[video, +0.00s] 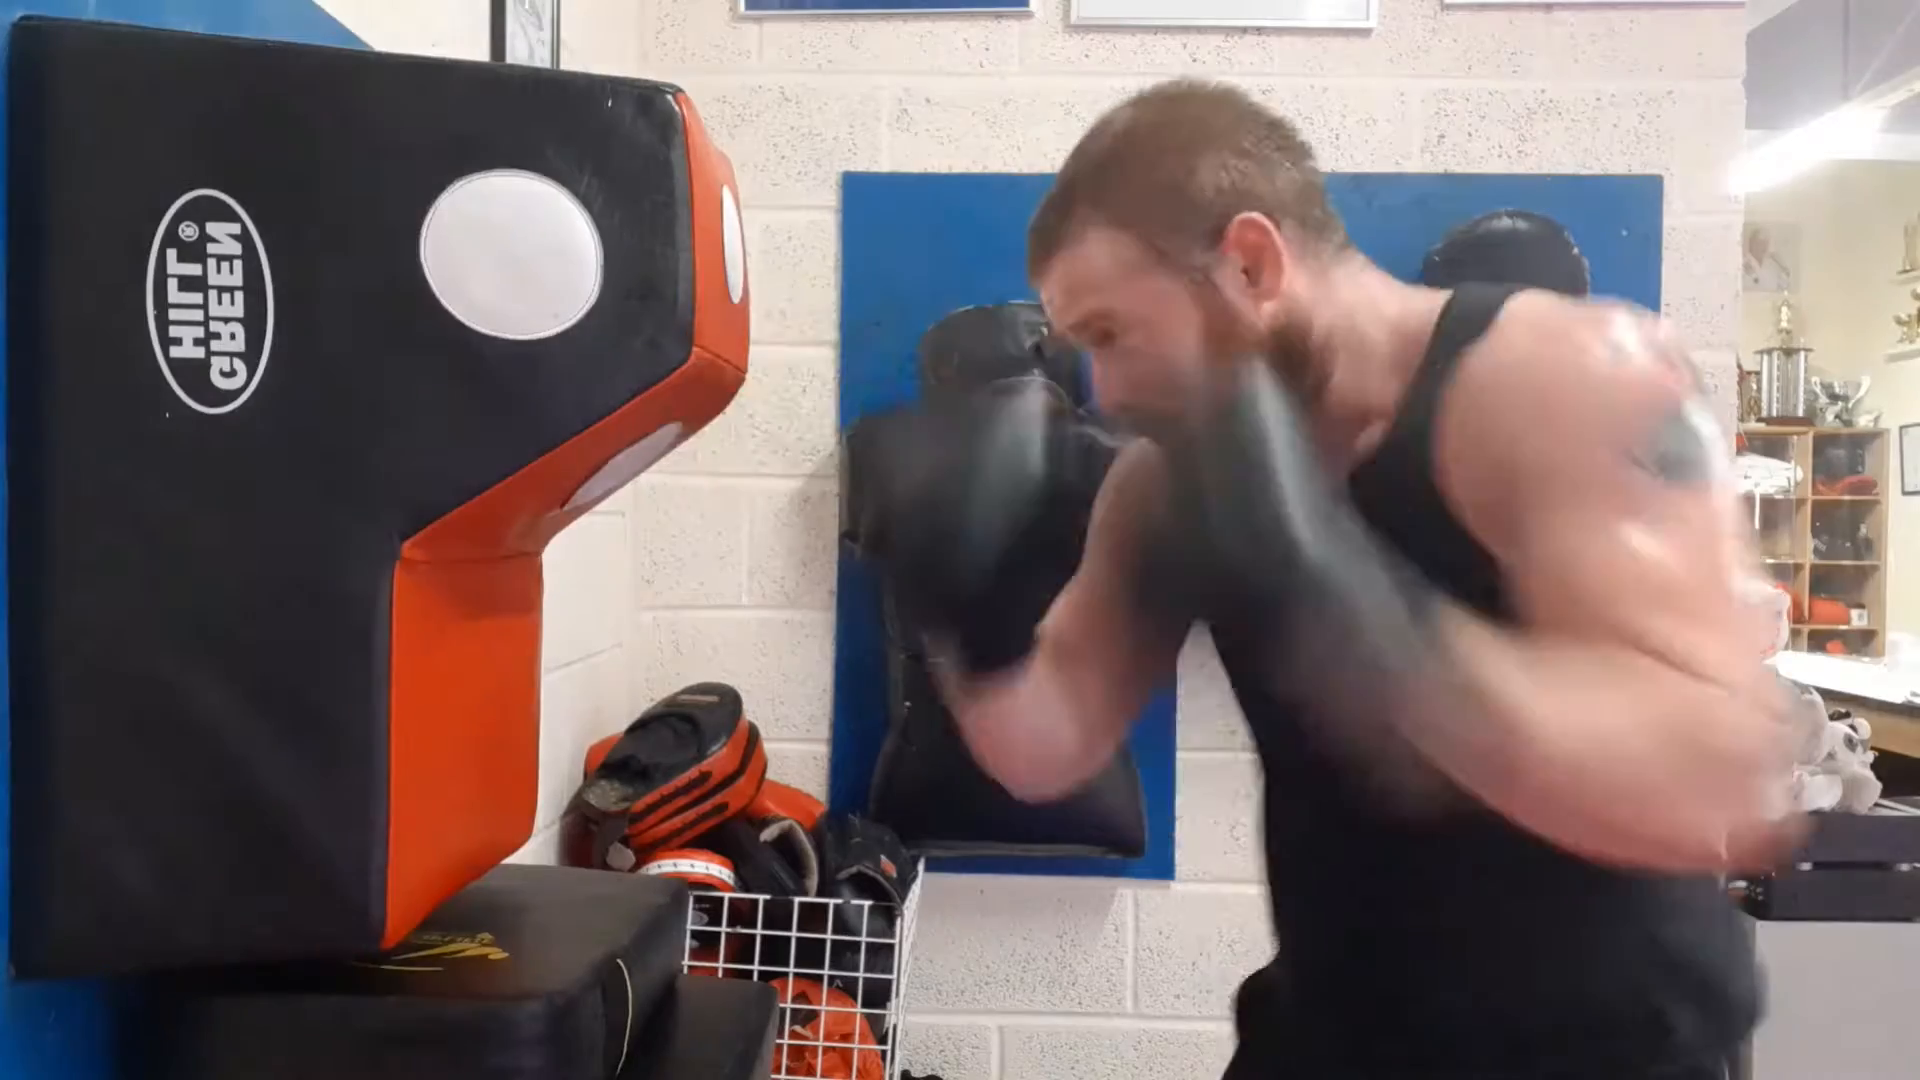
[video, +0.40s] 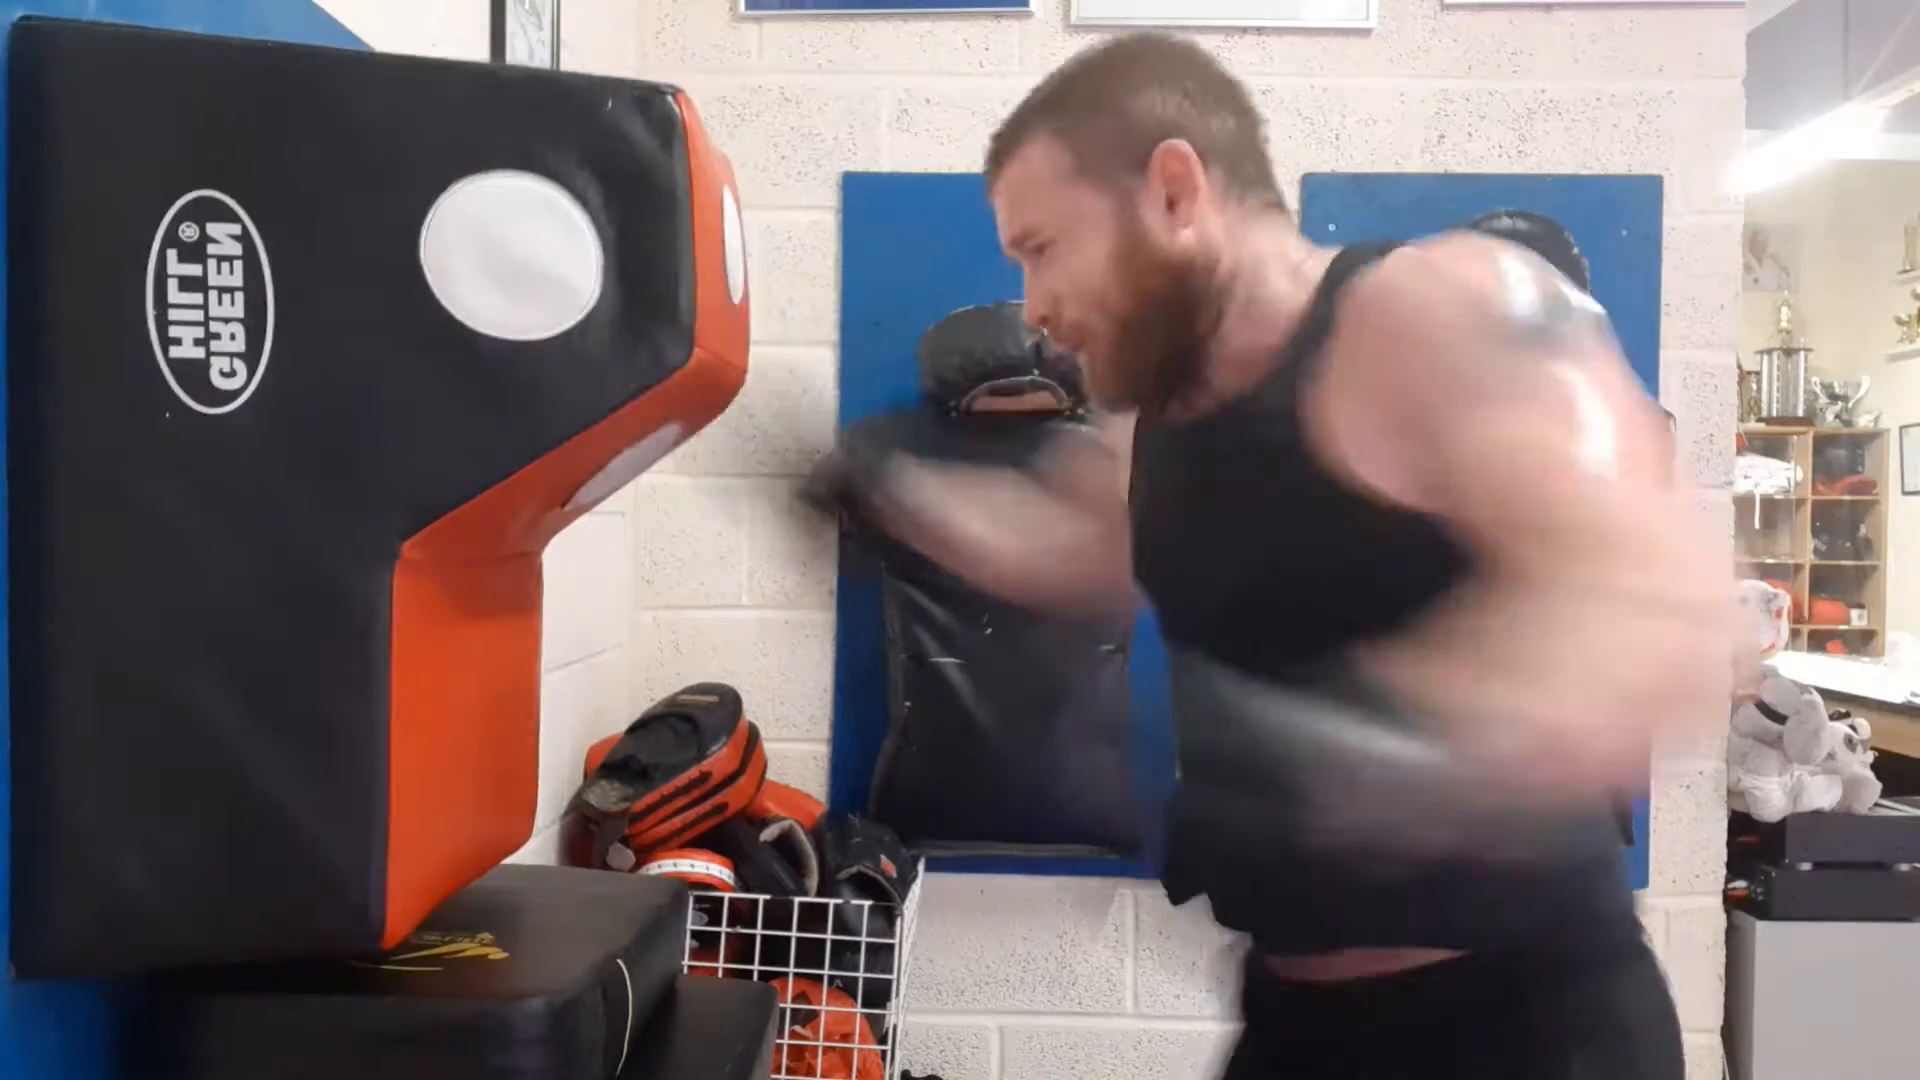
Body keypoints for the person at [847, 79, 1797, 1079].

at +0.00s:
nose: (1102, 395)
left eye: (1109, 337)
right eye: (1082, 353)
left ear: (1250, 265)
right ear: (1250, 270)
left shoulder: (1570, 373)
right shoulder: (1183, 467)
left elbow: (1727, 780)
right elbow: (1048, 745)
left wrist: (1366, 633)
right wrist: (966, 602)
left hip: (1599, 1040)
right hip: (1337, 1034)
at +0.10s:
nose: (1035, 392)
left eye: (1043, 335)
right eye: (1024, 347)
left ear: (1176, 282)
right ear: (1178, 286)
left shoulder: (1523, 427)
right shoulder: (1164, 494)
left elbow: (1805, 682)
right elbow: (1142, 689)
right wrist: (1008, 699)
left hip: (1540, 1049)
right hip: (1288, 1049)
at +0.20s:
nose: (1007, 370)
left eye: (1015, 316)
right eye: (999, 325)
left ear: (1126, 275)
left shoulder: (1315, 366)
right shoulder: (1255, 395)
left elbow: (1575, 620)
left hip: (1443, 1043)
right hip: (1330, 1039)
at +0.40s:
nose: (1033, 311)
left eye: (1039, 252)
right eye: (1018, 267)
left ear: (1175, 193)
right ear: (1175, 201)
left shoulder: (1447, 310)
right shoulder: (1173, 422)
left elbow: (1662, 620)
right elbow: (1077, 555)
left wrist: (1402, 734)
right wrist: (903, 494)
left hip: (1518, 1012)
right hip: (1299, 1013)